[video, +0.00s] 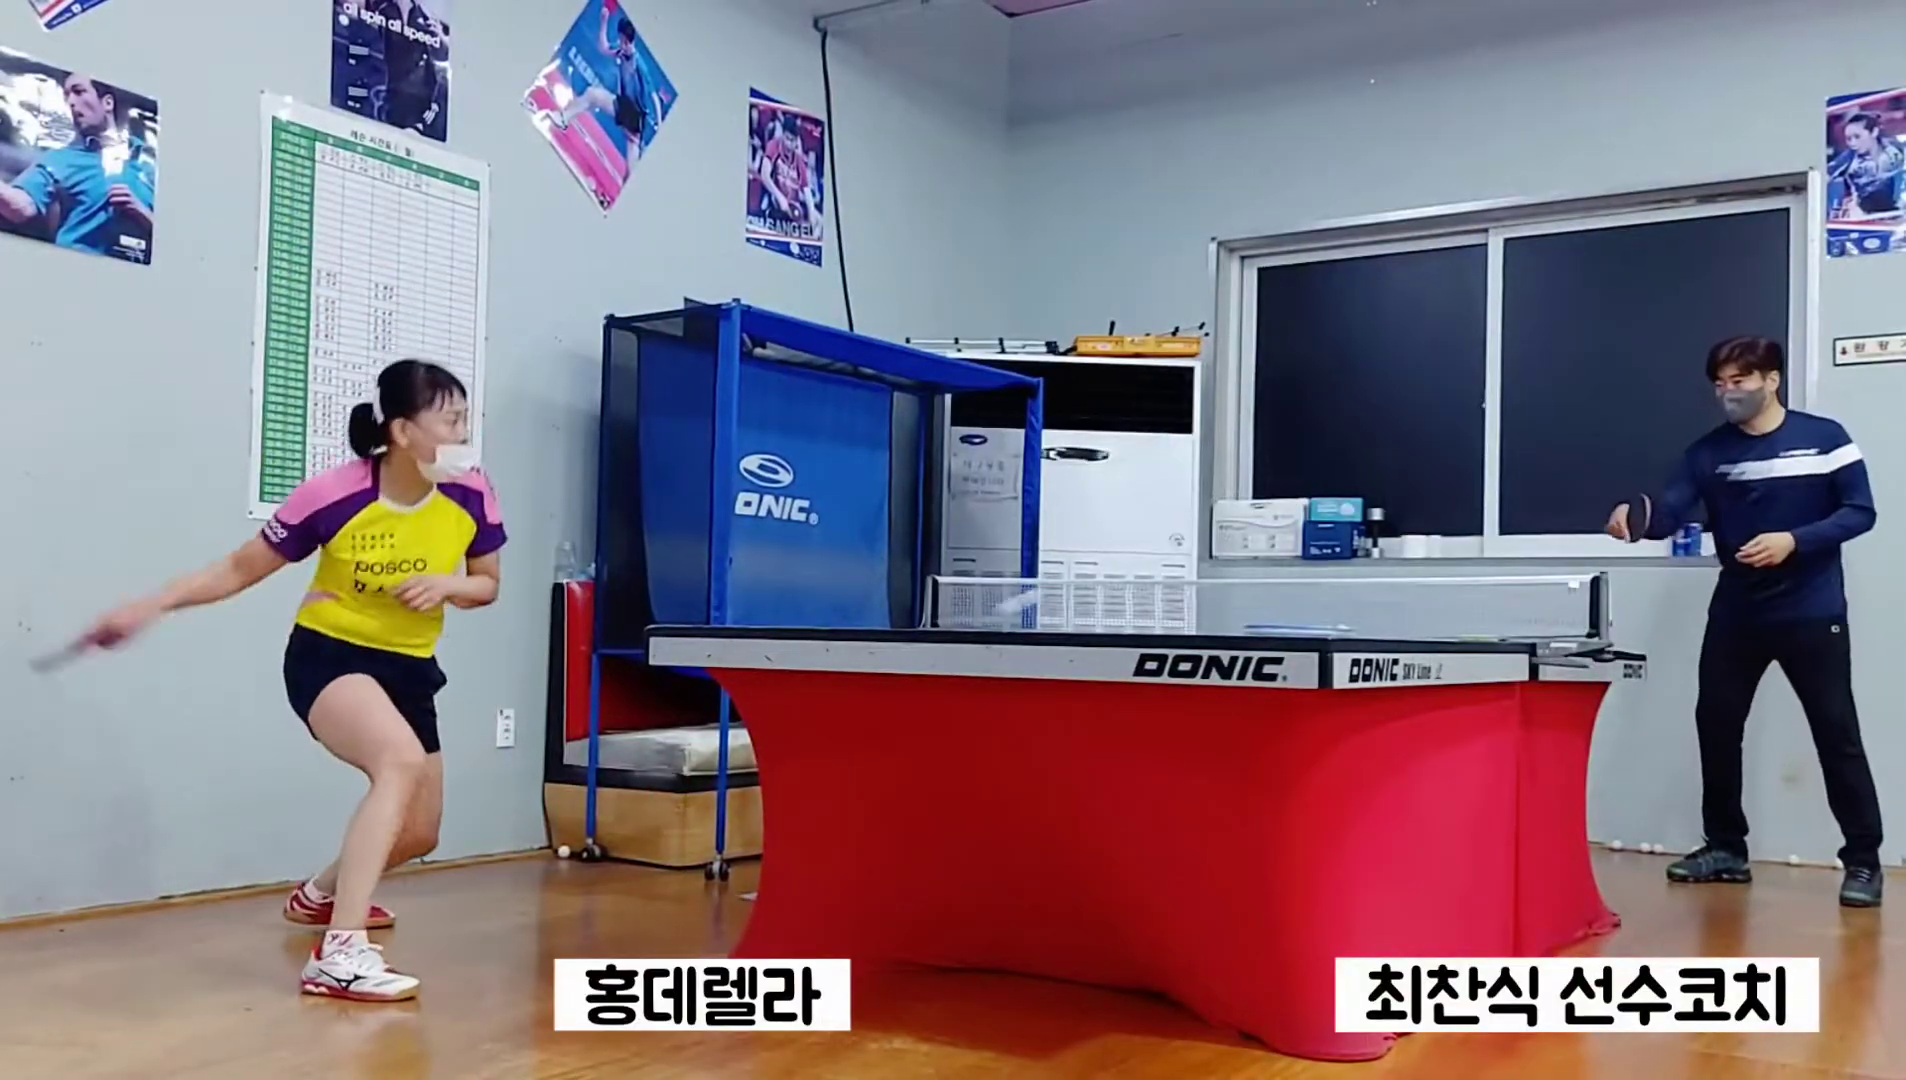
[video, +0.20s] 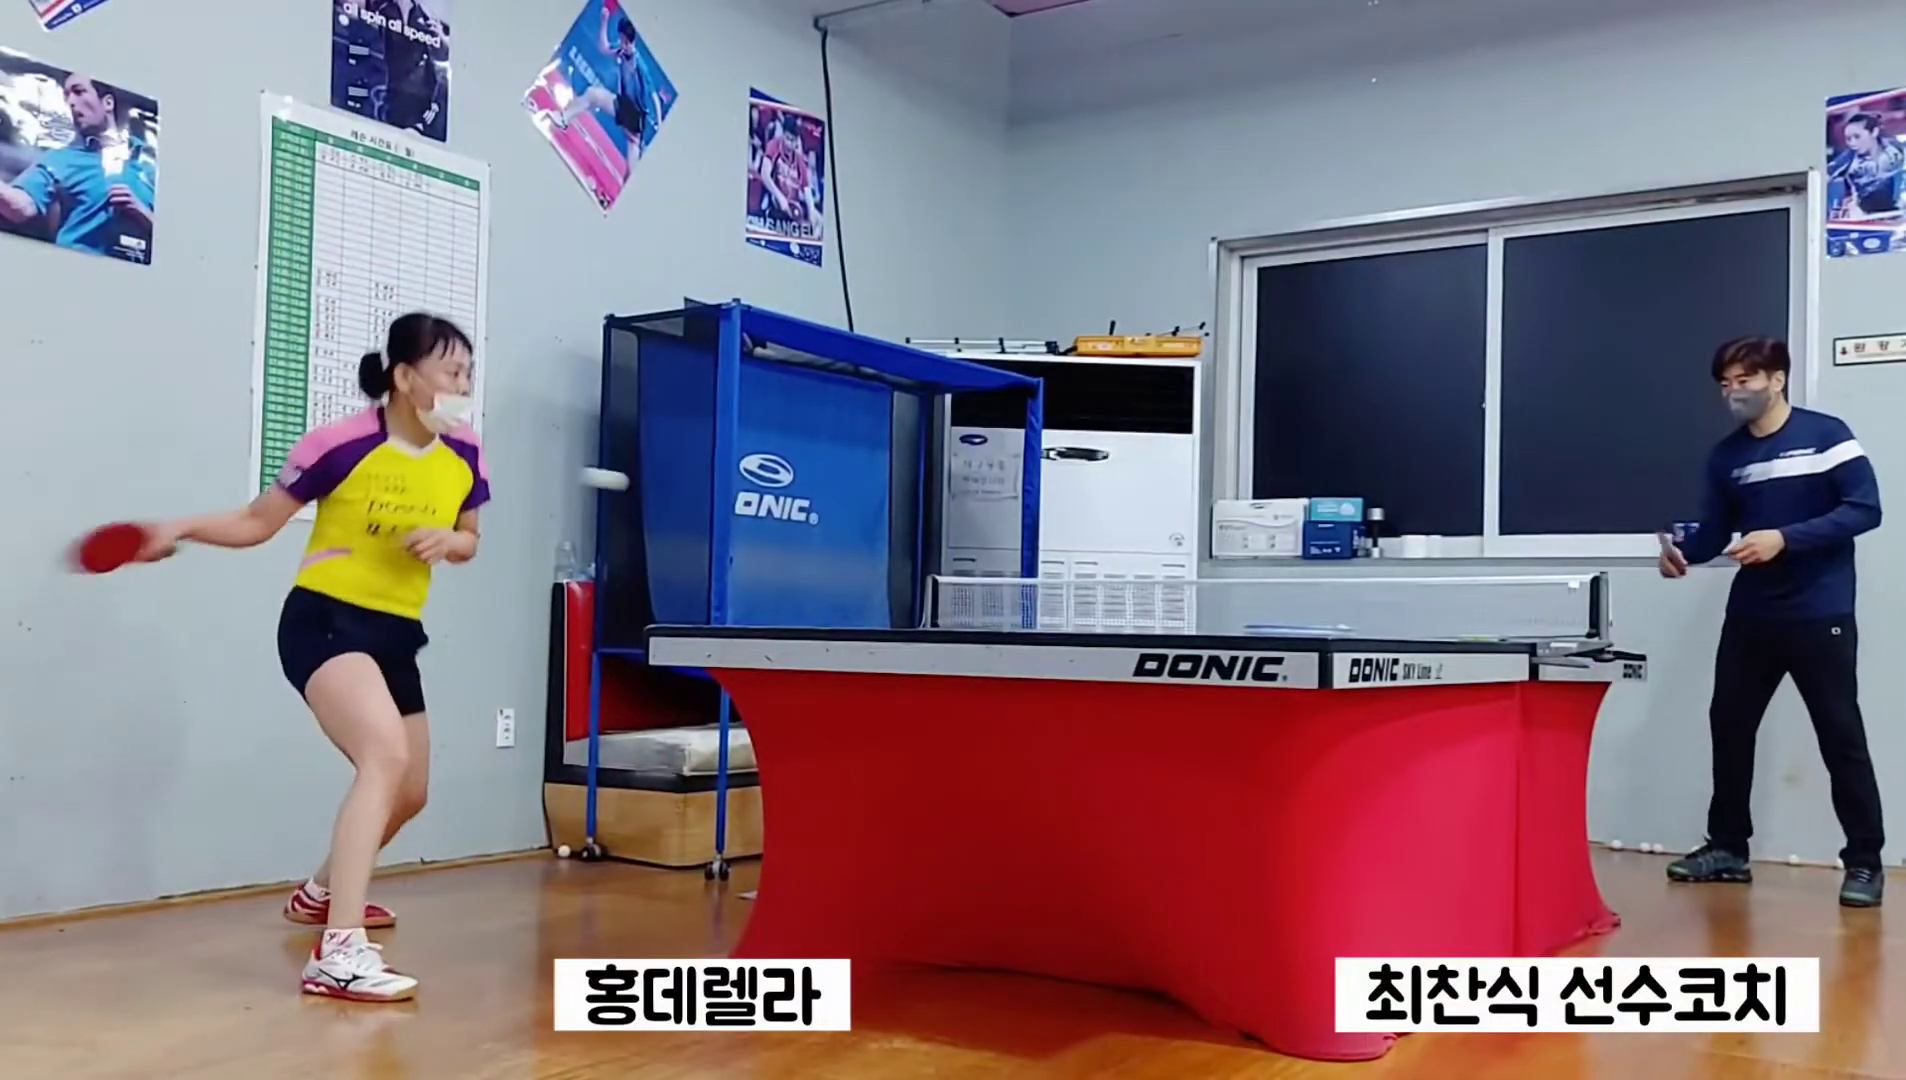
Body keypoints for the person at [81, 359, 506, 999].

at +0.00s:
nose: (459, 431)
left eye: (462, 417)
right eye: (446, 418)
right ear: (399, 429)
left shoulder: (471, 495)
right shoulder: (336, 495)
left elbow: (487, 586)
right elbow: (239, 569)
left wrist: (450, 586)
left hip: (410, 670)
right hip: (330, 654)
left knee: (418, 834)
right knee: (400, 762)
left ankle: (322, 892)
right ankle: (341, 952)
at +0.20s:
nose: (459, 386)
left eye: (464, 373)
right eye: (448, 372)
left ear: (462, 380)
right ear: (402, 376)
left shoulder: (462, 453)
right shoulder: (342, 444)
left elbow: (468, 543)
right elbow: (257, 522)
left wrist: (447, 542)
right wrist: (180, 529)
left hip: (394, 634)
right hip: (323, 619)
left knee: (409, 793)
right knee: (383, 756)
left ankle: (321, 890)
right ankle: (340, 949)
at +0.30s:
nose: (469, 366)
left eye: (474, 354)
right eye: (460, 351)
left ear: (456, 357)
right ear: (417, 347)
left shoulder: (441, 428)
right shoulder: (367, 400)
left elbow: (408, 527)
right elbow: (318, 485)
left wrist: (441, 522)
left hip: (379, 608)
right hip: (322, 594)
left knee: (397, 766)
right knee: (362, 751)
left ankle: (325, 887)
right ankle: (328, 943)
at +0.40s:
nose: (471, 382)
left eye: (477, 372)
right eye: (464, 367)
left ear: (439, 368)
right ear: (423, 355)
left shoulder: (406, 435)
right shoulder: (387, 395)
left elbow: (364, 526)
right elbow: (483, 404)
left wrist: (420, 530)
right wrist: (543, 363)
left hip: (341, 611)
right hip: (311, 603)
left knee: (388, 755)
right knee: (365, 760)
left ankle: (323, 889)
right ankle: (299, 941)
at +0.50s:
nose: (466, 402)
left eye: (467, 391)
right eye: (461, 389)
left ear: (411, 383)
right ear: (422, 379)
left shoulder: (374, 427)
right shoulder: (407, 416)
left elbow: (344, 512)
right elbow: (521, 404)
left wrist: (403, 557)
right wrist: (534, 360)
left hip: (298, 620)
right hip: (319, 623)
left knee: (363, 776)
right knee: (386, 791)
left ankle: (325, 895)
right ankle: (300, 953)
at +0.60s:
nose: (460, 389)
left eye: (461, 377)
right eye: (453, 374)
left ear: (402, 368)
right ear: (413, 365)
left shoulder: (355, 418)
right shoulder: (401, 410)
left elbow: (336, 504)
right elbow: (515, 439)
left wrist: (400, 545)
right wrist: (536, 400)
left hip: (298, 613)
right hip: (322, 616)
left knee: (360, 770)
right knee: (380, 782)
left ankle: (324, 894)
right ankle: (300, 951)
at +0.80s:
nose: (446, 365)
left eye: (446, 352)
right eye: (437, 352)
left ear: (405, 359)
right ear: (395, 357)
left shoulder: (417, 439)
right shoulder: (343, 421)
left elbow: (379, 533)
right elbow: (310, 534)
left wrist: (420, 541)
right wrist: (400, 572)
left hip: (360, 622)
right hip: (296, 614)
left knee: (378, 782)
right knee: (357, 767)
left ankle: (297, 888)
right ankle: (310, 951)